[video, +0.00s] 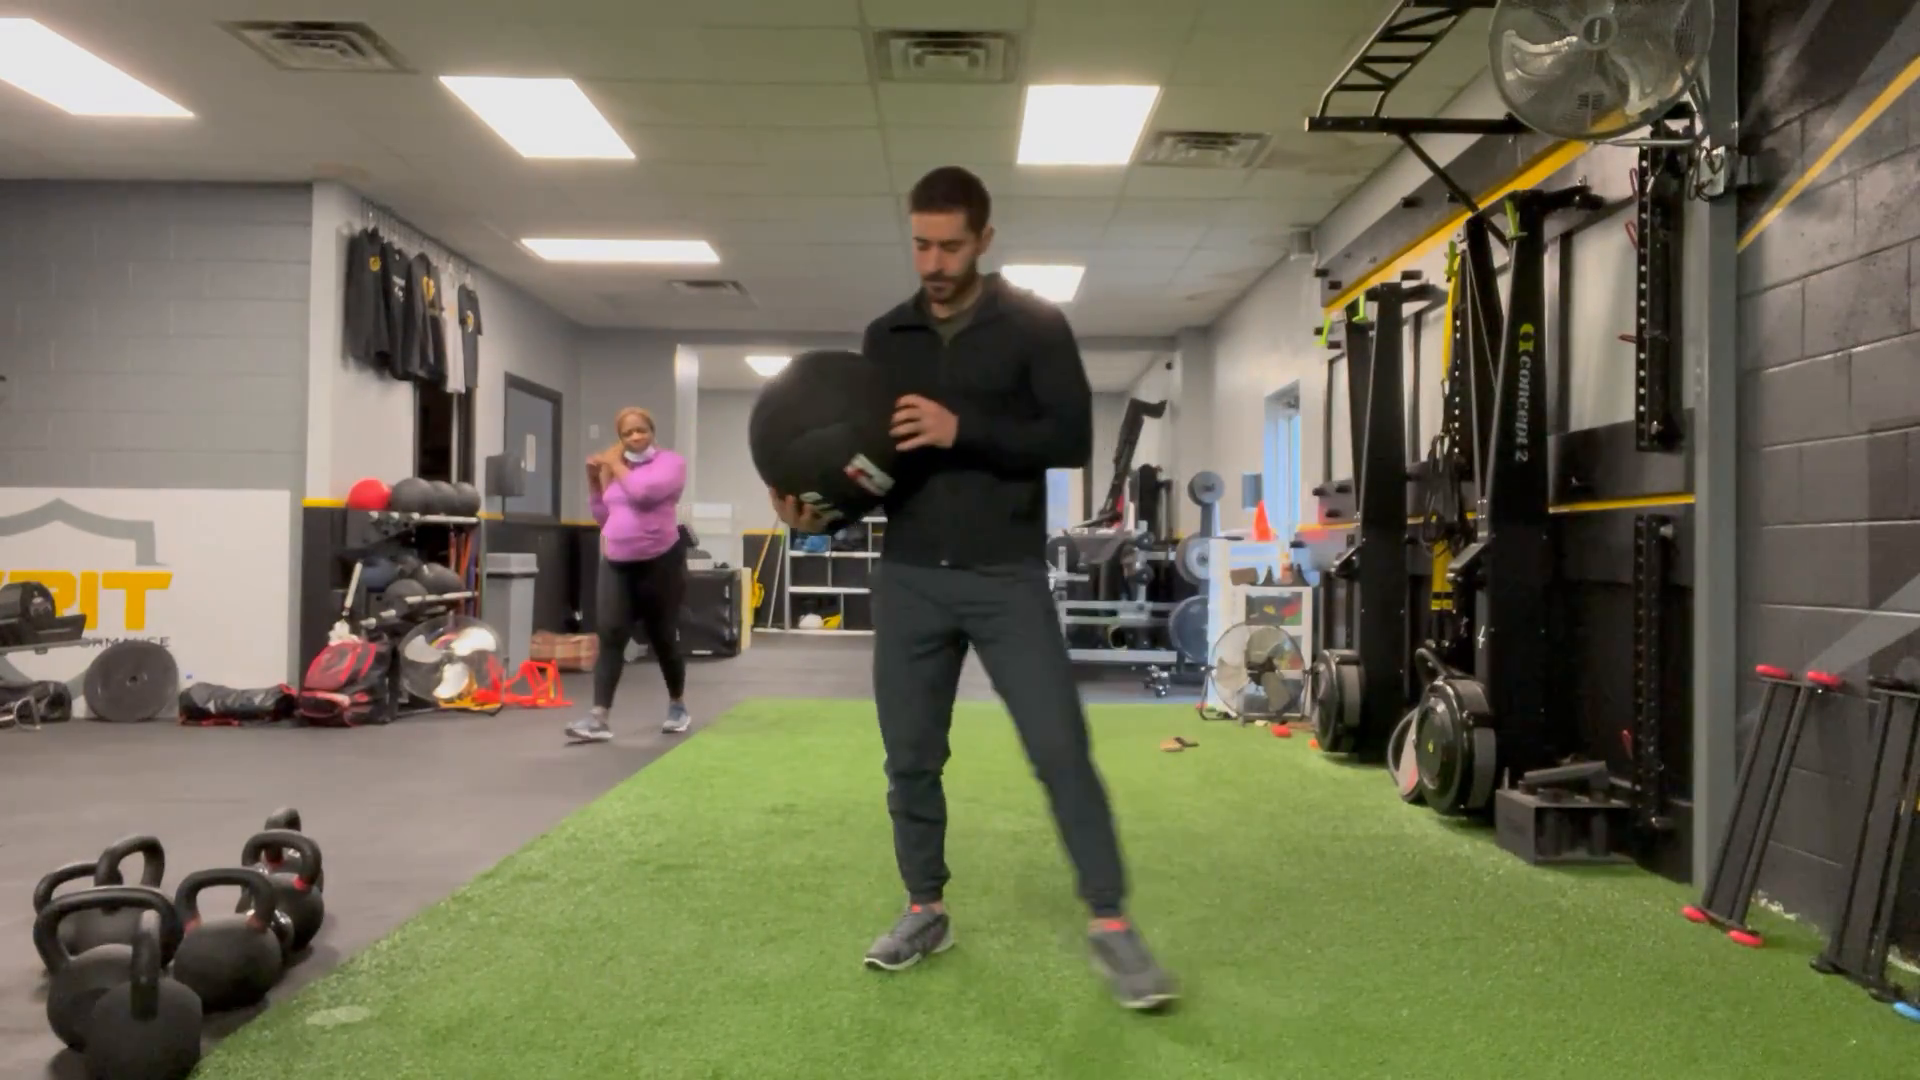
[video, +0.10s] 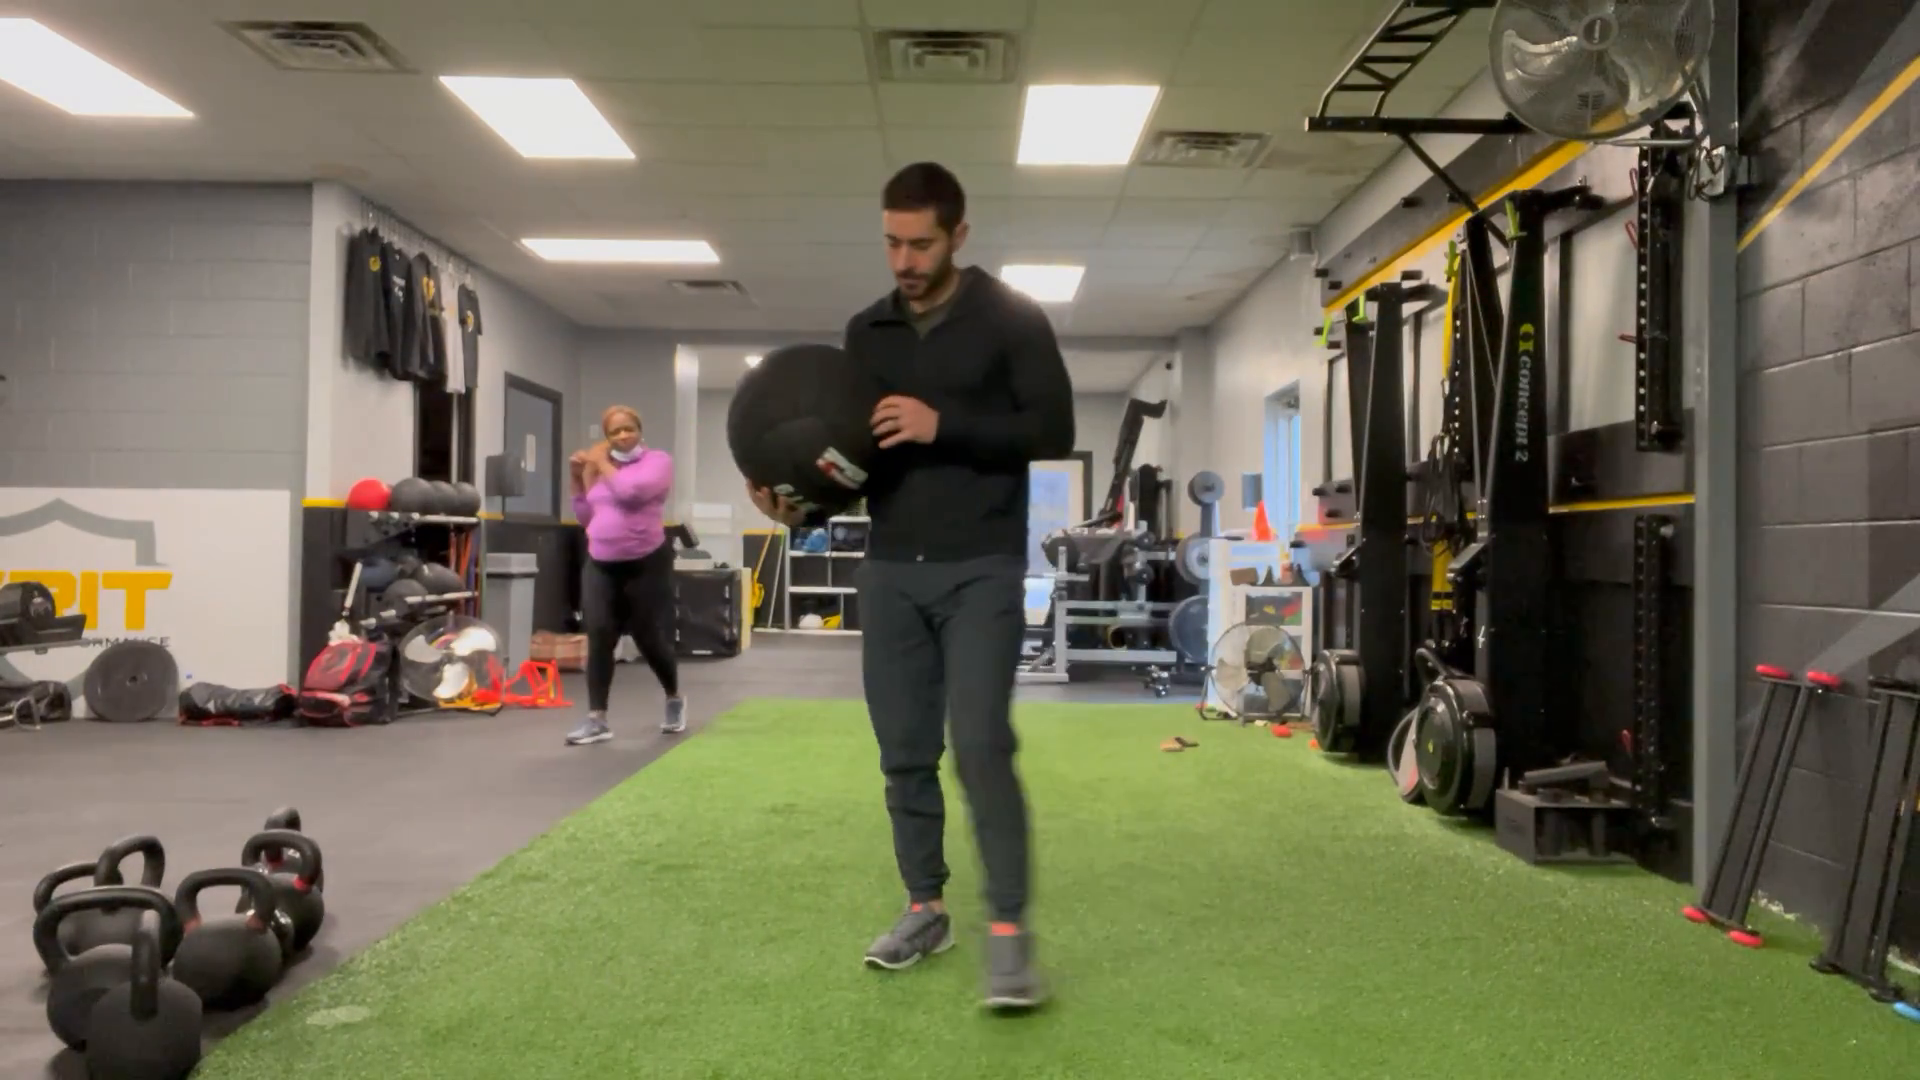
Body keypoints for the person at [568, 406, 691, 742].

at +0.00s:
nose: (635, 437)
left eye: (641, 430)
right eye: (628, 433)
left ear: (652, 433)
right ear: (620, 438)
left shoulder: (671, 463)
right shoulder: (613, 466)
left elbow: (643, 494)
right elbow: (601, 516)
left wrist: (615, 464)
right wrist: (595, 481)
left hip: (660, 558)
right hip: (617, 560)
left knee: (662, 635)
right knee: (610, 634)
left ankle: (677, 707)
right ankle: (599, 716)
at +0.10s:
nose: (624, 435)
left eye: (629, 429)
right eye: (616, 432)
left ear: (640, 431)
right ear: (606, 439)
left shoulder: (658, 461)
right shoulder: (599, 466)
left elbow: (632, 493)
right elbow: (585, 517)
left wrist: (602, 463)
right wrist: (579, 478)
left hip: (647, 560)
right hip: (602, 563)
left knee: (650, 637)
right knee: (599, 636)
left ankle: (673, 698)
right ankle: (597, 717)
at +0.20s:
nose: (613, 432)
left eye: (619, 426)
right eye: (605, 428)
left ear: (628, 428)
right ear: (595, 435)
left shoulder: (646, 458)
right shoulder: (585, 463)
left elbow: (623, 491)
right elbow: (569, 516)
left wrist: (591, 459)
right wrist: (564, 477)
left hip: (633, 558)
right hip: (589, 561)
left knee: (628, 634)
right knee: (592, 638)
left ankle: (657, 688)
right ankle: (597, 718)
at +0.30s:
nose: (604, 429)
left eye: (610, 422)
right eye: (597, 424)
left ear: (620, 425)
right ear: (586, 430)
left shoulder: (637, 455)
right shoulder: (573, 460)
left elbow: (616, 486)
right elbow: (558, 513)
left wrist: (582, 458)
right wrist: (555, 473)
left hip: (624, 555)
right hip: (579, 558)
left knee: (610, 628)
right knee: (586, 637)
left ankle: (629, 701)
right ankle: (595, 717)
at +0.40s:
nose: (596, 428)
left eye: (602, 421)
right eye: (589, 423)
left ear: (612, 424)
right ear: (577, 429)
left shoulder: (629, 455)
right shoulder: (565, 459)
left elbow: (607, 487)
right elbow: (547, 513)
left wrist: (572, 457)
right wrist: (546, 472)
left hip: (614, 555)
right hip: (571, 559)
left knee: (598, 630)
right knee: (580, 637)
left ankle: (604, 717)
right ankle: (591, 716)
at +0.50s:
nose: (588, 429)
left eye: (593, 422)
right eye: (580, 424)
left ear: (604, 424)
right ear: (568, 429)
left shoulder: (621, 455)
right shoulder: (555, 460)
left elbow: (600, 489)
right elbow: (538, 514)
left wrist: (565, 457)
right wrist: (537, 473)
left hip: (606, 557)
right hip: (564, 562)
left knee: (593, 638)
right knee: (576, 641)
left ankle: (588, 721)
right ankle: (597, 719)